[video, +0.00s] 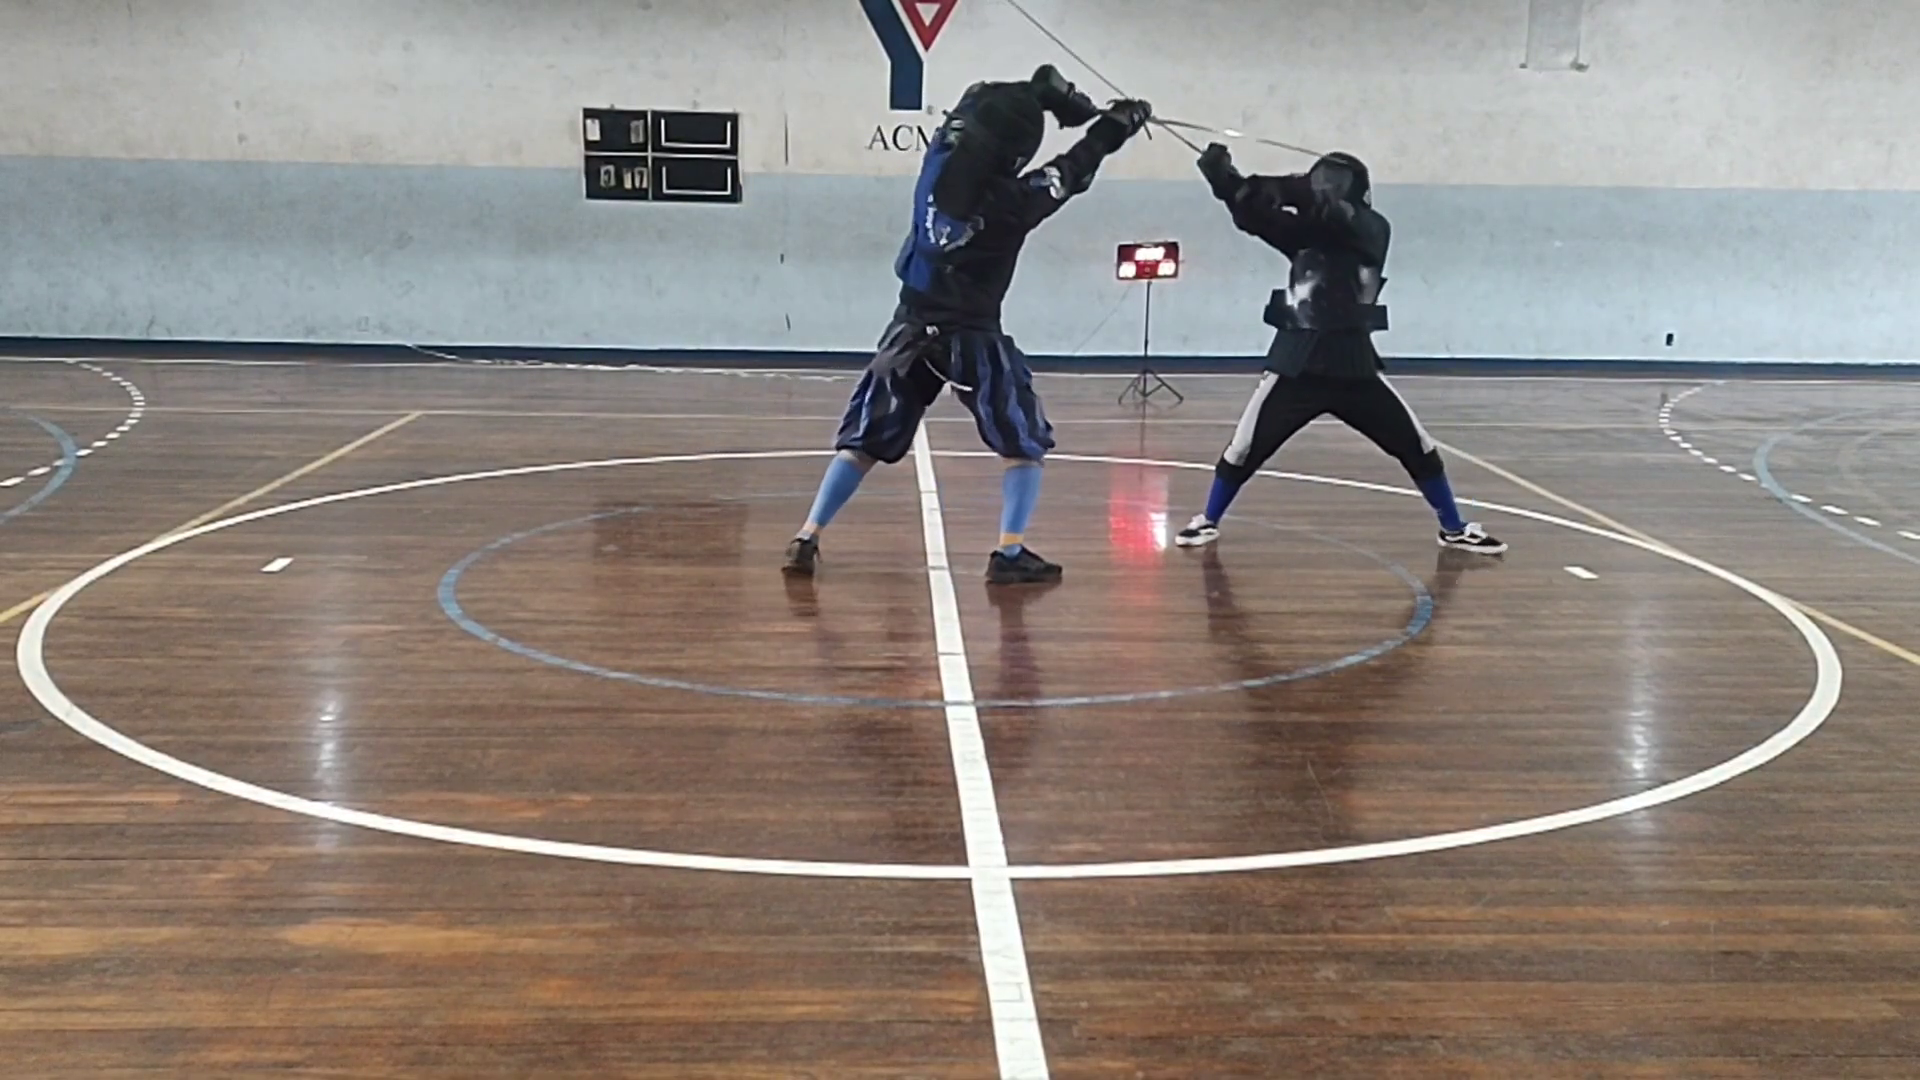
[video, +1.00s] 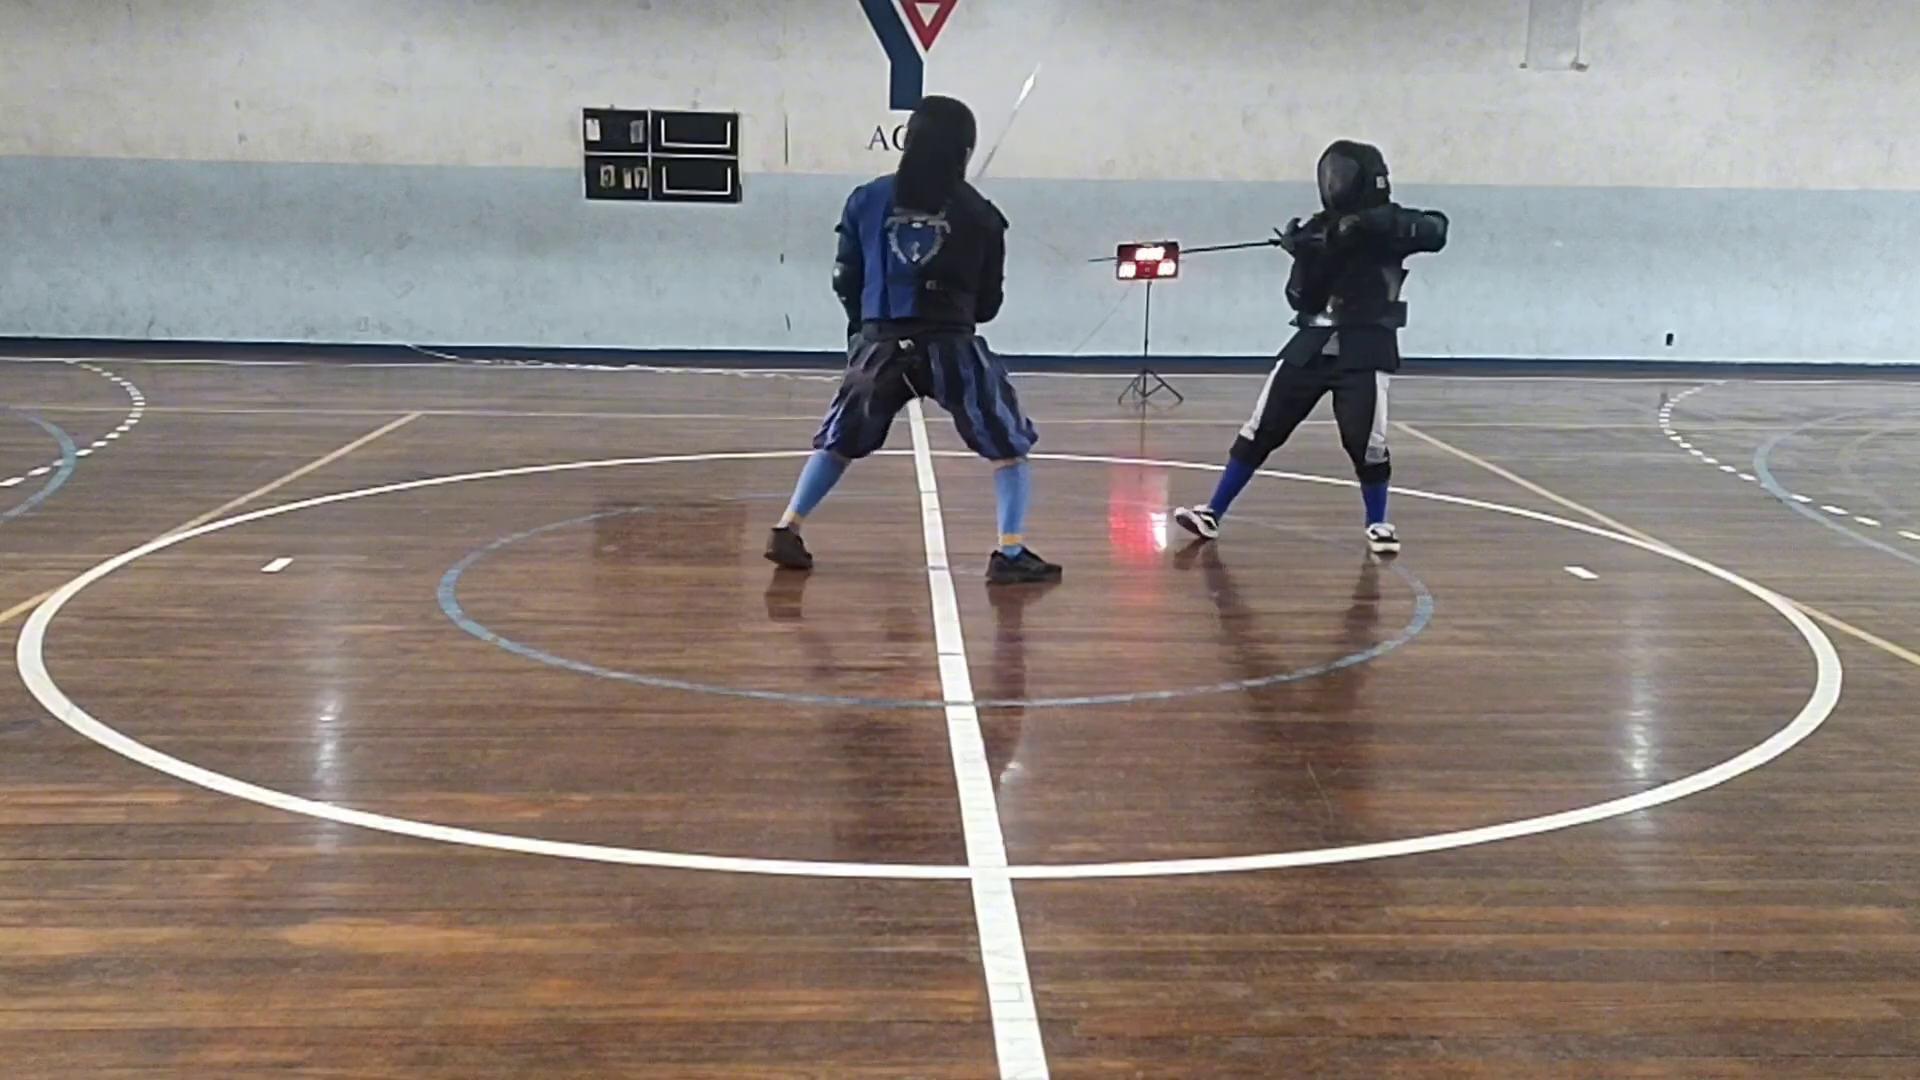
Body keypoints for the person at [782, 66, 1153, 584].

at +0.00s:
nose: (1033, 156)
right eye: (1030, 148)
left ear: (974, 128)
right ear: (1016, 151)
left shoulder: (937, 162)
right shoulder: (1014, 202)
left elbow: (981, 100)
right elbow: (1074, 169)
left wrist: (1045, 94)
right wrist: (1113, 126)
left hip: (910, 328)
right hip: (975, 336)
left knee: (869, 434)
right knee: (1025, 441)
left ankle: (806, 537)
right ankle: (1009, 552)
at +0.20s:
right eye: (1038, 150)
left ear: (980, 133)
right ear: (1024, 153)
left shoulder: (943, 167)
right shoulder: (1024, 203)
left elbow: (985, 101)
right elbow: (1080, 166)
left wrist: (1046, 91)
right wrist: (1118, 125)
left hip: (920, 327)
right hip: (986, 337)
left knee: (877, 432)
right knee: (1030, 442)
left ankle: (822, 544)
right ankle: (1010, 552)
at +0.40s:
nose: (1039, 159)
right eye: (1036, 151)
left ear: (981, 136)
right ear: (1025, 155)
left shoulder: (947, 168)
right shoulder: (1028, 202)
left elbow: (984, 117)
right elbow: (1084, 174)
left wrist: (1047, 104)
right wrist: (1121, 134)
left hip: (923, 331)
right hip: (990, 339)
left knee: (876, 433)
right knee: (1034, 442)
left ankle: (820, 545)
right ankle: (1010, 552)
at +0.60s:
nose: (1039, 148)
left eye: (1038, 141)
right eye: (1038, 141)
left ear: (983, 126)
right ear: (1028, 144)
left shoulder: (940, 162)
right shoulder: (1026, 194)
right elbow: (1072, 244)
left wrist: (1032, 184)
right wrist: (1081, 195)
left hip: (919, 330)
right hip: (985, 337)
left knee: (873, 434)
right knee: (1030, 441)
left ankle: (820, 545)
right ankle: (1011, 550)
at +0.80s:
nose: (1026, 158)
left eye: (1027, 148)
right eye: (1026, 148)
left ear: (967, 133)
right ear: (1018, 152)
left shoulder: (914, 184)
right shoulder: (1022, 218)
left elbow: (887, 258)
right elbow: (1016, 306)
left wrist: (908, 304)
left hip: (911, 337)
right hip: (981, 343)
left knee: (864, 434)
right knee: (1030, 440)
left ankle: (819, 546)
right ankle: (1011, 552)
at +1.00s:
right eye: (968, 145)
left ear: (910, 142)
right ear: (965, 150)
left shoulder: (866, 199)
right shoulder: (981, 215)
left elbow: (846, 279)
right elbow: (987, 304)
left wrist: (864, 327)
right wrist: (940, 312)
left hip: (880, 343)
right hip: (951, 346)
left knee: (841, 436)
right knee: (1008, 444)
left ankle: (787, 527)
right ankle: (1010, 549)